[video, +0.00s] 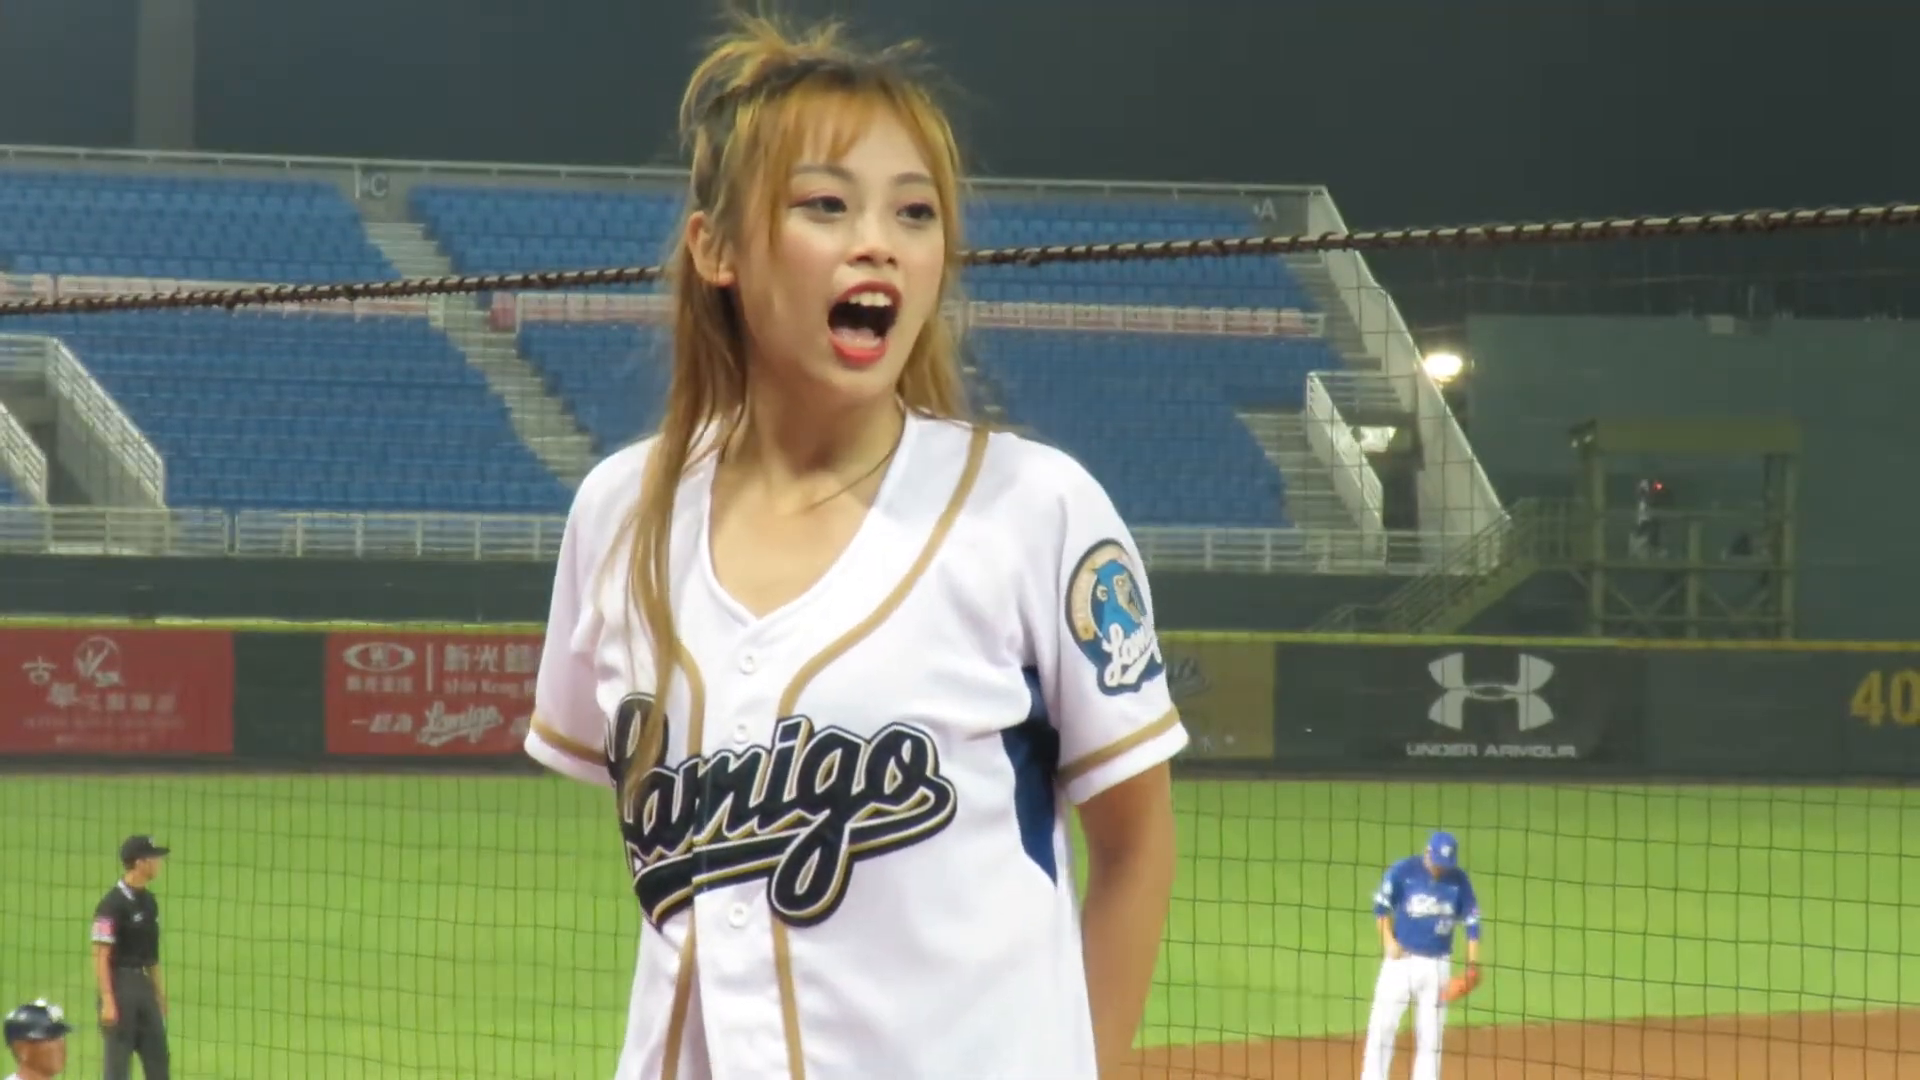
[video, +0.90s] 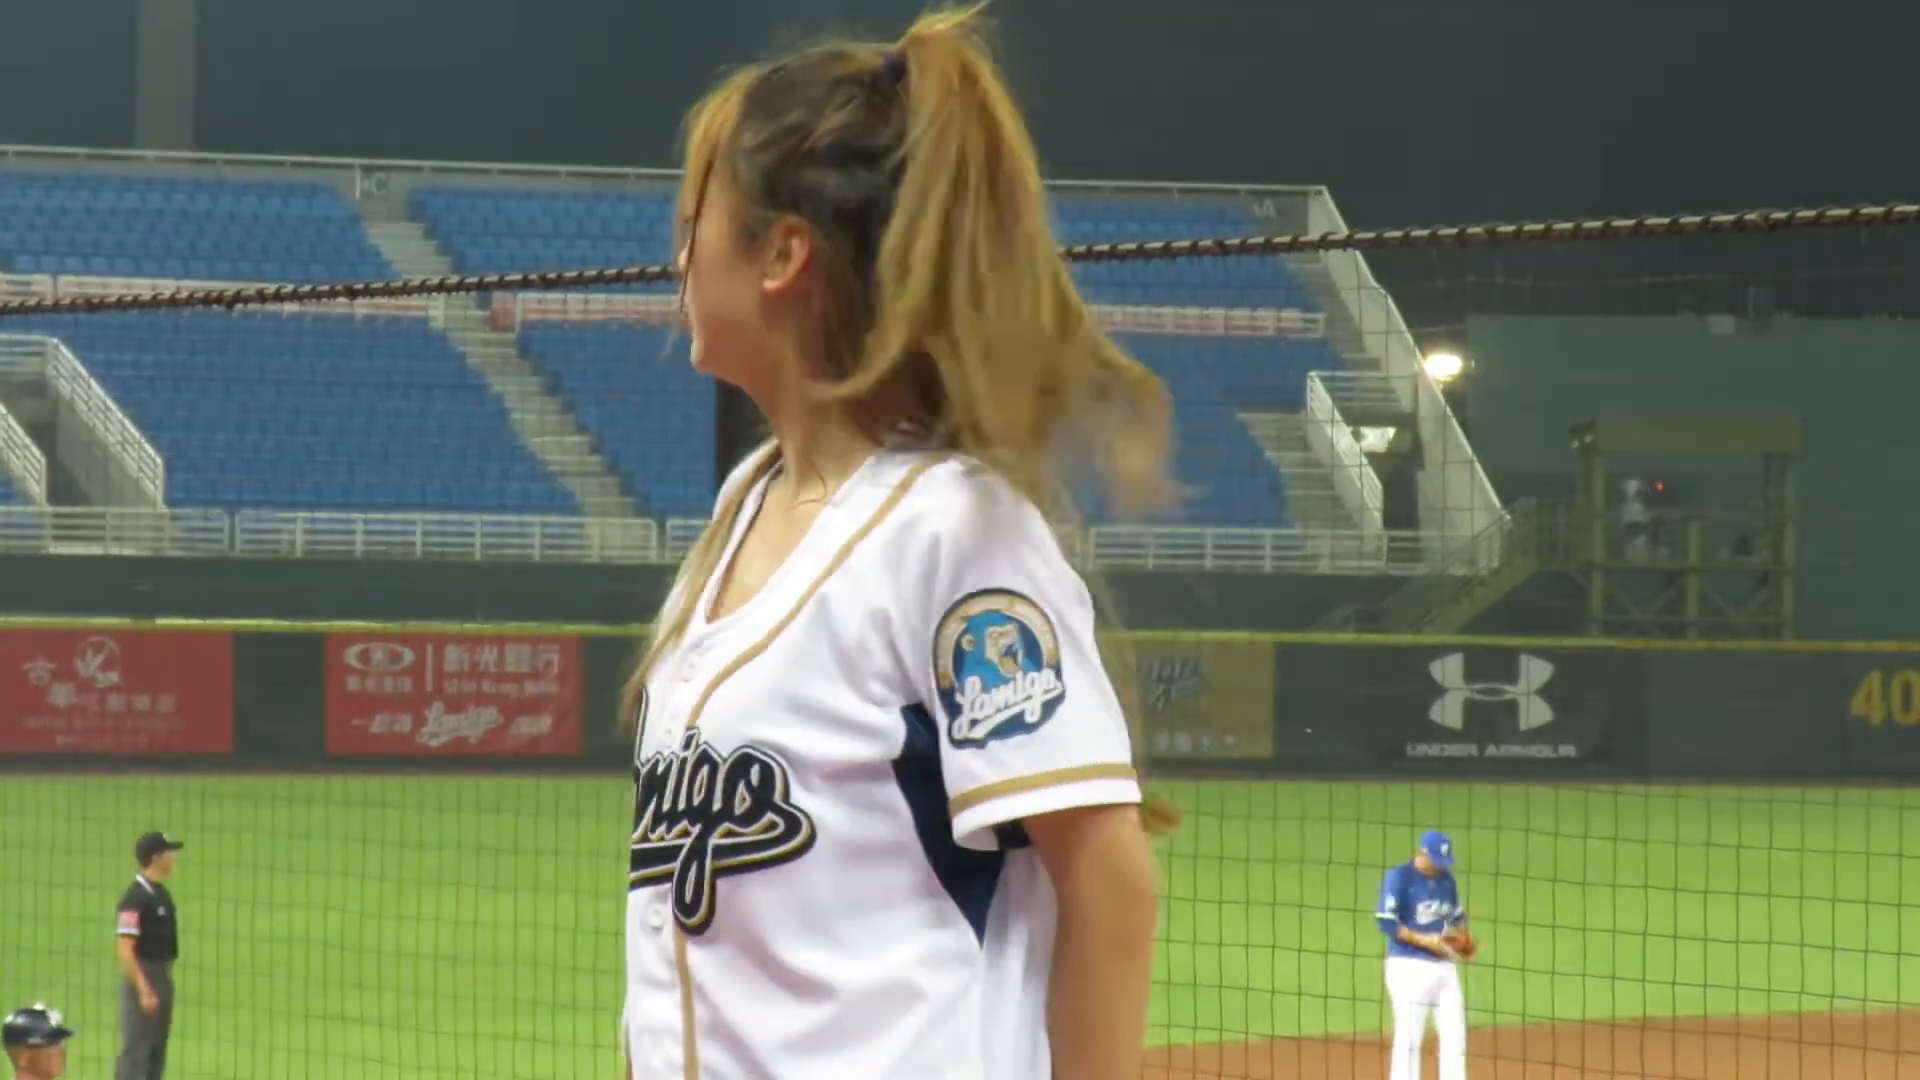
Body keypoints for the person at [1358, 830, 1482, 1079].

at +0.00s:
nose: (1439, 869)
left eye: (1445, 866)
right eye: (1435, 864)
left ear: (1452, 861)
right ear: (1426, 854)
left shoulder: (1459, 880)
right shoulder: (1403, 871)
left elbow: (1472, 922)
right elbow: (1382, 906)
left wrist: (1471, 965)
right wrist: (1389, 941)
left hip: (1436, 965)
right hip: (1399, 961)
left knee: (1430, 1038)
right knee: (1380, 1032)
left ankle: (1426, 1077)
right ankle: (1373, 1076)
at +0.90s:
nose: (1439, 869)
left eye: (1441, 864)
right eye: (1435, 863)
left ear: (1444, 860)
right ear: (1422, 855)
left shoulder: (1446, 879)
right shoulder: (1397, 878)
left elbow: (1457, 917)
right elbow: (1388, 923)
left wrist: (1463, 939)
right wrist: (1430, 941)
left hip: (1443, 964)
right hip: (1408, 965)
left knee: (1454, 1039)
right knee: (1408, 1040)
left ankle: (1453, 1076)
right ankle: (1404, 1077)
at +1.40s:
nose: (1471, 854)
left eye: (1475, 849)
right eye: (1466, 847)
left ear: (1479, 851)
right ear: (1453, 847)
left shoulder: (1484, 882)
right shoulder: (1433, 877)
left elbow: (1499, 922)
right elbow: (1414, 915)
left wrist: (1484, 916)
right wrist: (1450, 912)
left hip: (1475, 968)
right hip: (1440, 966)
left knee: (1471, 1042)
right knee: (1432, 1036)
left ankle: (1468, 1078)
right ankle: (1420, 1076)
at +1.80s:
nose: (1477, 848)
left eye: (1480, 843)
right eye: (1471, 843)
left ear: (1485, 847)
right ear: (1458, 846)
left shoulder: (1491, 882)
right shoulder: (1439, 877)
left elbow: (1506, 927)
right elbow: (1420, 917)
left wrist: (1514, 905)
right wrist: (1448, 909)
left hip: (1483, 966)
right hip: (1449, 964)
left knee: (1477, 1039)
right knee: (1459, 1037)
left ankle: (1473, 1077)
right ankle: (1461, 1077)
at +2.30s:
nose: (1462, 848)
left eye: (1466, 842)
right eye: (1455, 842)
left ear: (1471, 846)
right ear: (1444, 847)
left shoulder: (1484, 882)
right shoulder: (1434, 879)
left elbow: (1501, 922)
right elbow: (1433, 920)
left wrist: (1485, 903)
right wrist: (1461, 904)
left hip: (1482, 968)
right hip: (1447, 966)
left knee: (1474, 1044)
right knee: (1445, 1034)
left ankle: (1469, 1078)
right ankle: (1421, 1076)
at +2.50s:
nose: (1452, 846)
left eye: (1457, 840)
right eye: (1446, 841)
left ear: (1463, 845)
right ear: (1436, 846)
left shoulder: (1475, 881)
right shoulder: (1421, 879)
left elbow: (1493, 917)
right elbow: (1414, 919)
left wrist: (1478, 923)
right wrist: (1452, 923)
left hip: (1472, 967)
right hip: (1436, 965)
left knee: (1469, 1044)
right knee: (1426, 1040)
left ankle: (1466, 1078)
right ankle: (1412, 1076)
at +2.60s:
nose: (1447, 846)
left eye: (1452, 840)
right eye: (1441, 840)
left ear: (1459, 845)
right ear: (1431, 845)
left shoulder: (1472, 881)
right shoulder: (1415, 879)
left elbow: (1485, 919)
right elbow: (1403, 918)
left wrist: (1471, 939)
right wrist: (1432, 937)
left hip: (1464, 967)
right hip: (1427, 966)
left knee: (1465, 1042)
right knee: (1423, 1040)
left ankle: (1464, 1077)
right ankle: (1413, 1076)